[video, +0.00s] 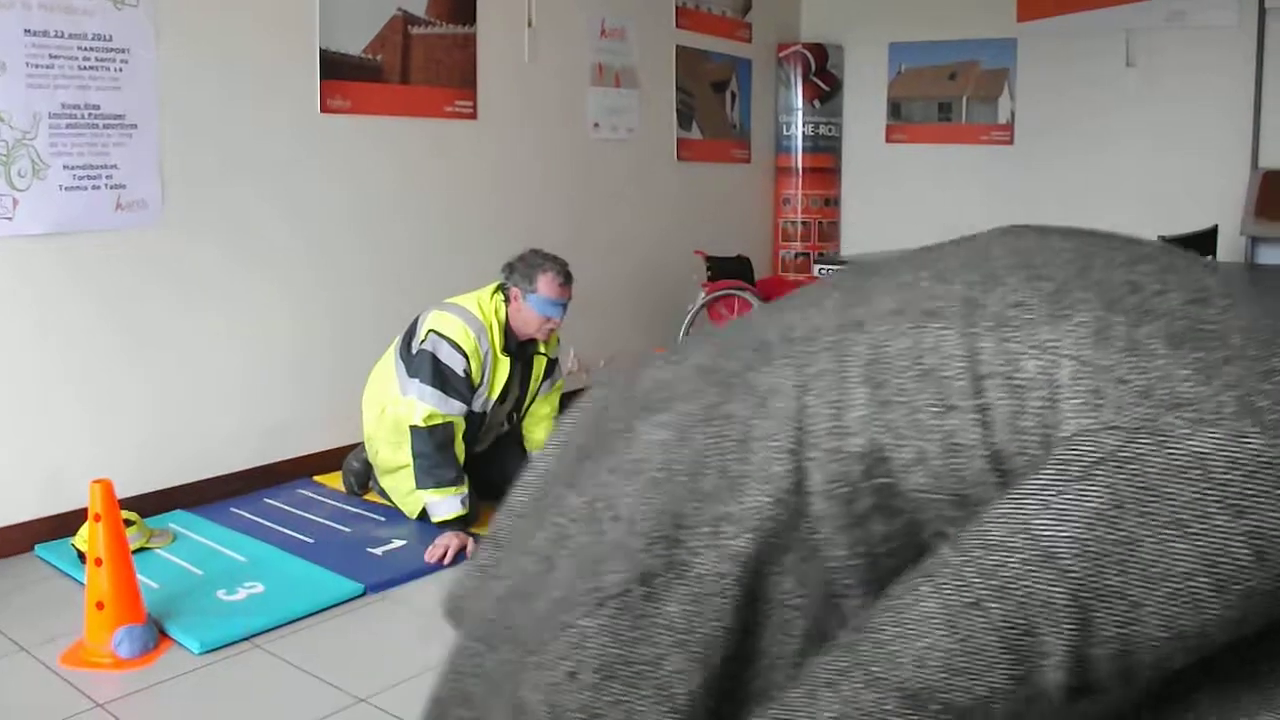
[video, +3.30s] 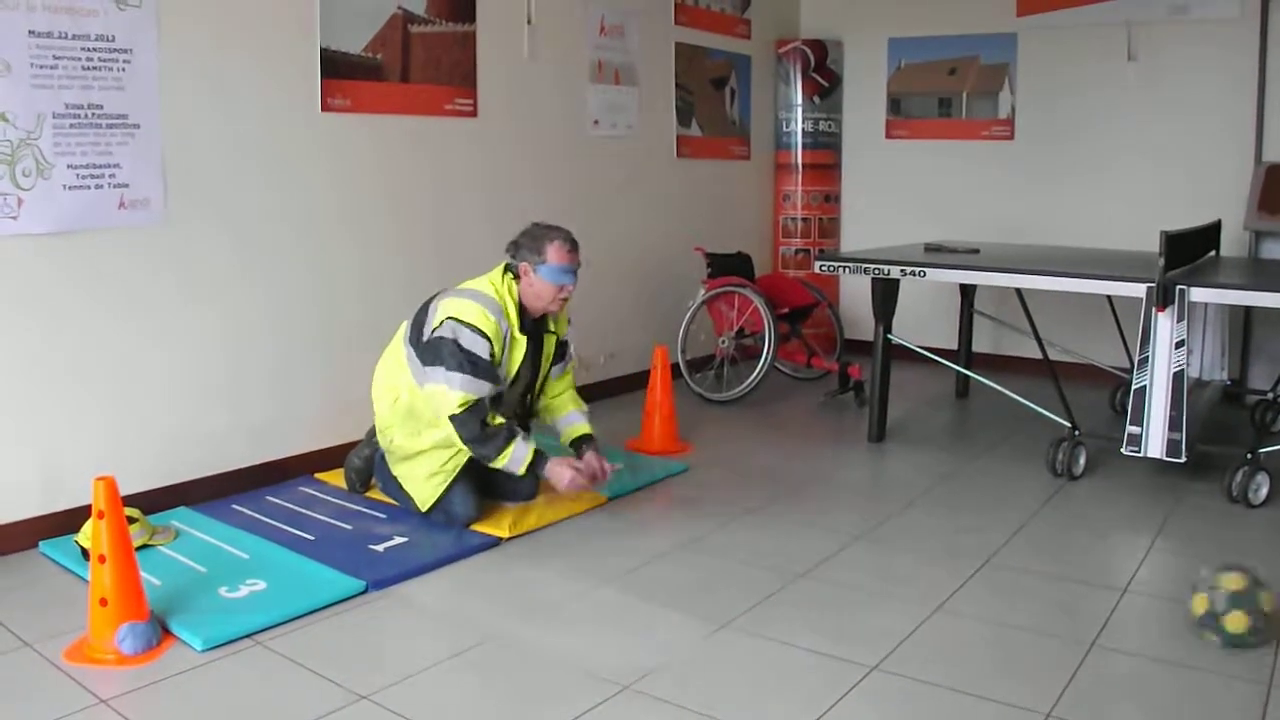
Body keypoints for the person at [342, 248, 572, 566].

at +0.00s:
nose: (556, 322)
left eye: (563, 311)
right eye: (548, 310)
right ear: (515, 298)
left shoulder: (544, 341)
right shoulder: (454, 333)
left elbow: (542, 424)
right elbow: (432, 428)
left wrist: (560, 491)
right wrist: (450, 525)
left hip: (473, 422)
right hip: (402, 430)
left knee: (520, 487)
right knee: (448, 515)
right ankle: (378, 468)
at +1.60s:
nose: (523, 301)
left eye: (529, 290)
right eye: (514, 289)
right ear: (481, 277)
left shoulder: (510, 319)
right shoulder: (422, 320)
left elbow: (510, 396)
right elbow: (412, 421)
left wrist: (527, 463)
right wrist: (474, 492)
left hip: (449, 417)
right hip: (383, 430)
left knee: (504, 478)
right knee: (445, 505)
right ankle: (360, 459)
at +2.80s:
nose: (543, 285)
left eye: (548, 273)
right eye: (533, 273)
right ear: (499, 268)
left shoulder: (534, 308)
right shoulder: (446, 310)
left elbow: (541, 383)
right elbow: (434, 409)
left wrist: (554, 450)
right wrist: (508, 469)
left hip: (470, 412)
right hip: (401, 422)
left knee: (511, 484)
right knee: (455, 506)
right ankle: (375, 462)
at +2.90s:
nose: (544, 288)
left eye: (548, 276)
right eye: (534, 276)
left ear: (552, 271)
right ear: (499, 270)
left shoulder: (532, 309)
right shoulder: (453, 314)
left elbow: (557, 378)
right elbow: (477, 407)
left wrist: (606, 425)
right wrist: (568, 440)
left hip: (461, 410)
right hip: (405, 421)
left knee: (516, 483)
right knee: (455, 507)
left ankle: (425, 449)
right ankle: (377, 456)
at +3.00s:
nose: (550, 286)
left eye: (554, 274)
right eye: (541, 274)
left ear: (559, 272)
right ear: (505, 271)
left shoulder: (536, 305)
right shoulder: (462, 313)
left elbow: (570, 362)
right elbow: (504, 397)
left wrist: (622, 392)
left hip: (471, 405)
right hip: (410, 416)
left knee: (516, 485)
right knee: (456, 509)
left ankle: (432, 447)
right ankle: (377, 455)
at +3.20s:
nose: (562, 286)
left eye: (566, 275)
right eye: (553, 275)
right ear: (518, 269)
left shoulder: (547, 307)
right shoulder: (468, 314)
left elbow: (566, 378)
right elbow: (493, 413)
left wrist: (609, 415)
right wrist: (581, 439)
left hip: (467, 412)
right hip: (413, 421)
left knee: (519, 485)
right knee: (457, 511)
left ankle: (427, 449)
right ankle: (378, 455)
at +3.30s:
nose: (569, 290)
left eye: (573, 279)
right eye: (560, 279)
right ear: (524, 272)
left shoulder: (551, 316)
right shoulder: (471, 317)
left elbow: (556, 388)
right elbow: (465, 419)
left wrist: (584, 444)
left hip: (473, 414)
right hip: (411, 421)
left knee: (520, 490)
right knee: (459, 510)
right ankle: (379, 456)